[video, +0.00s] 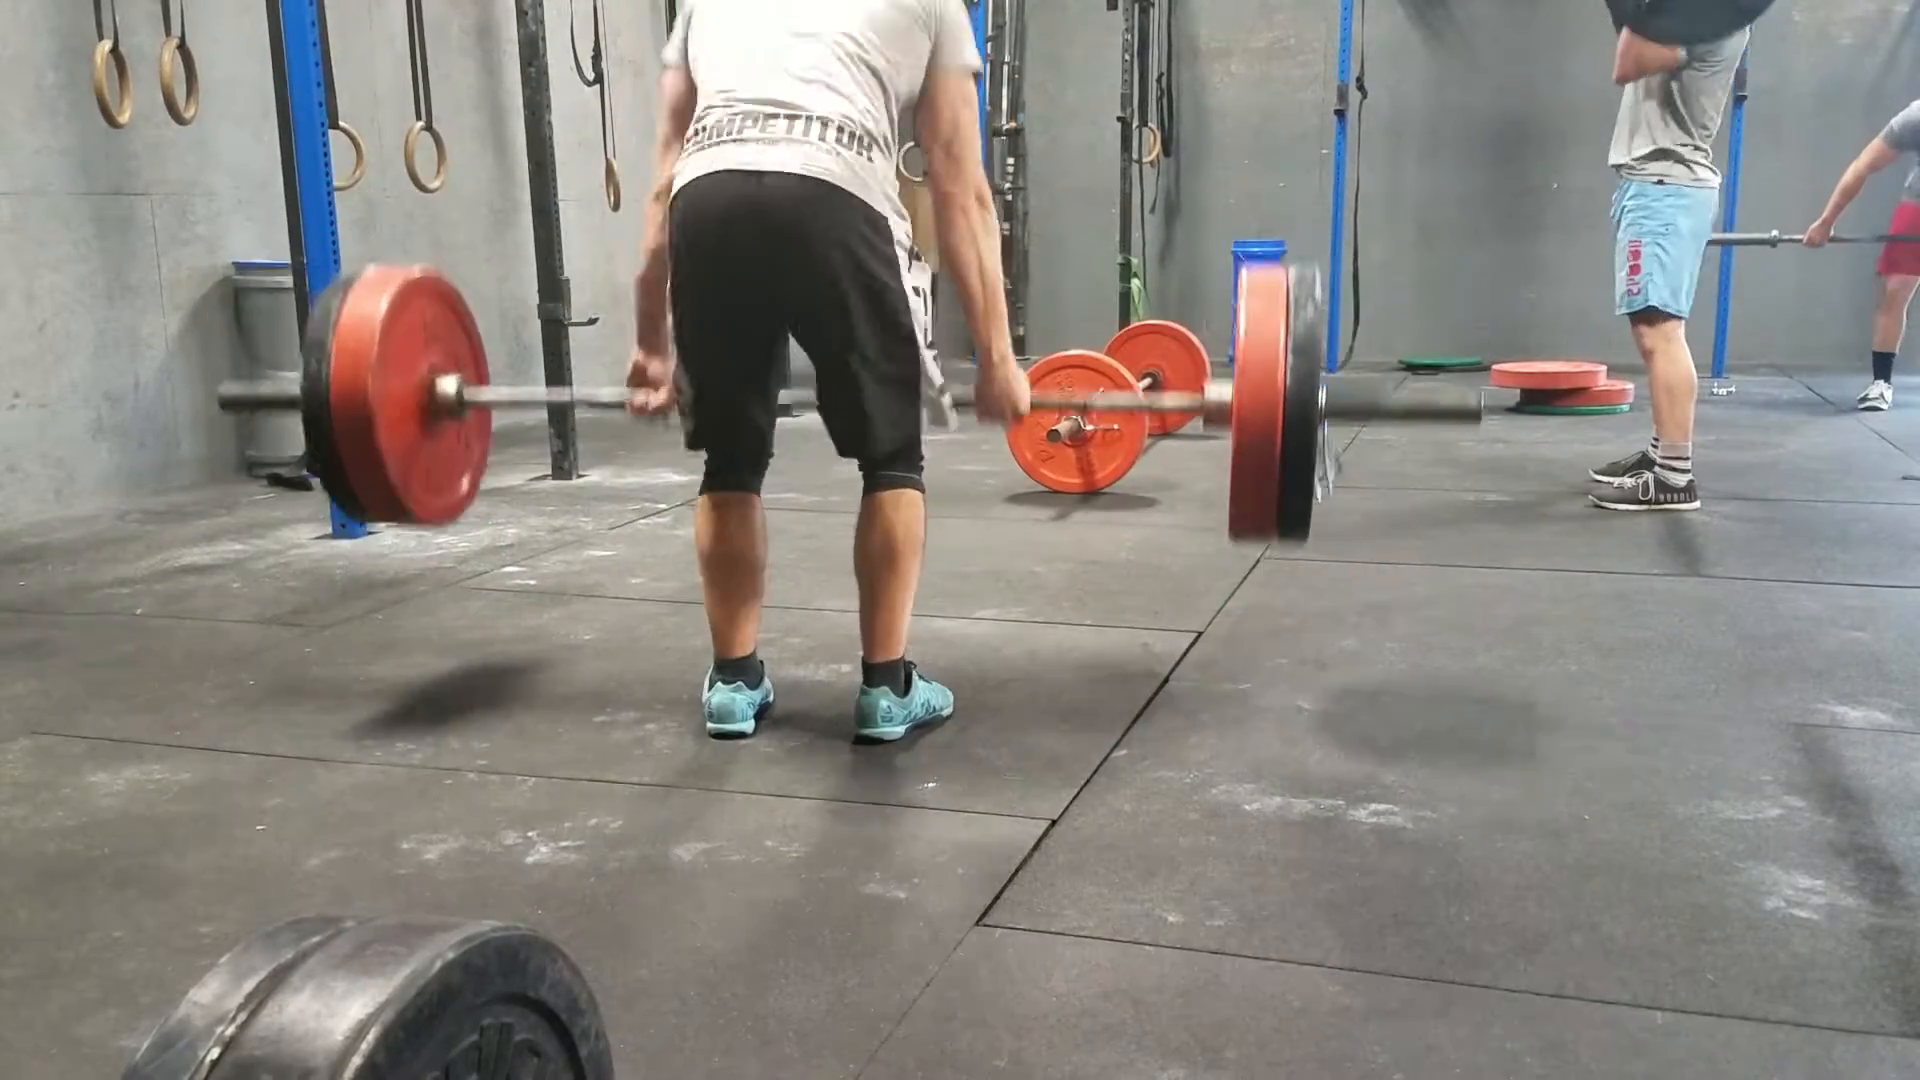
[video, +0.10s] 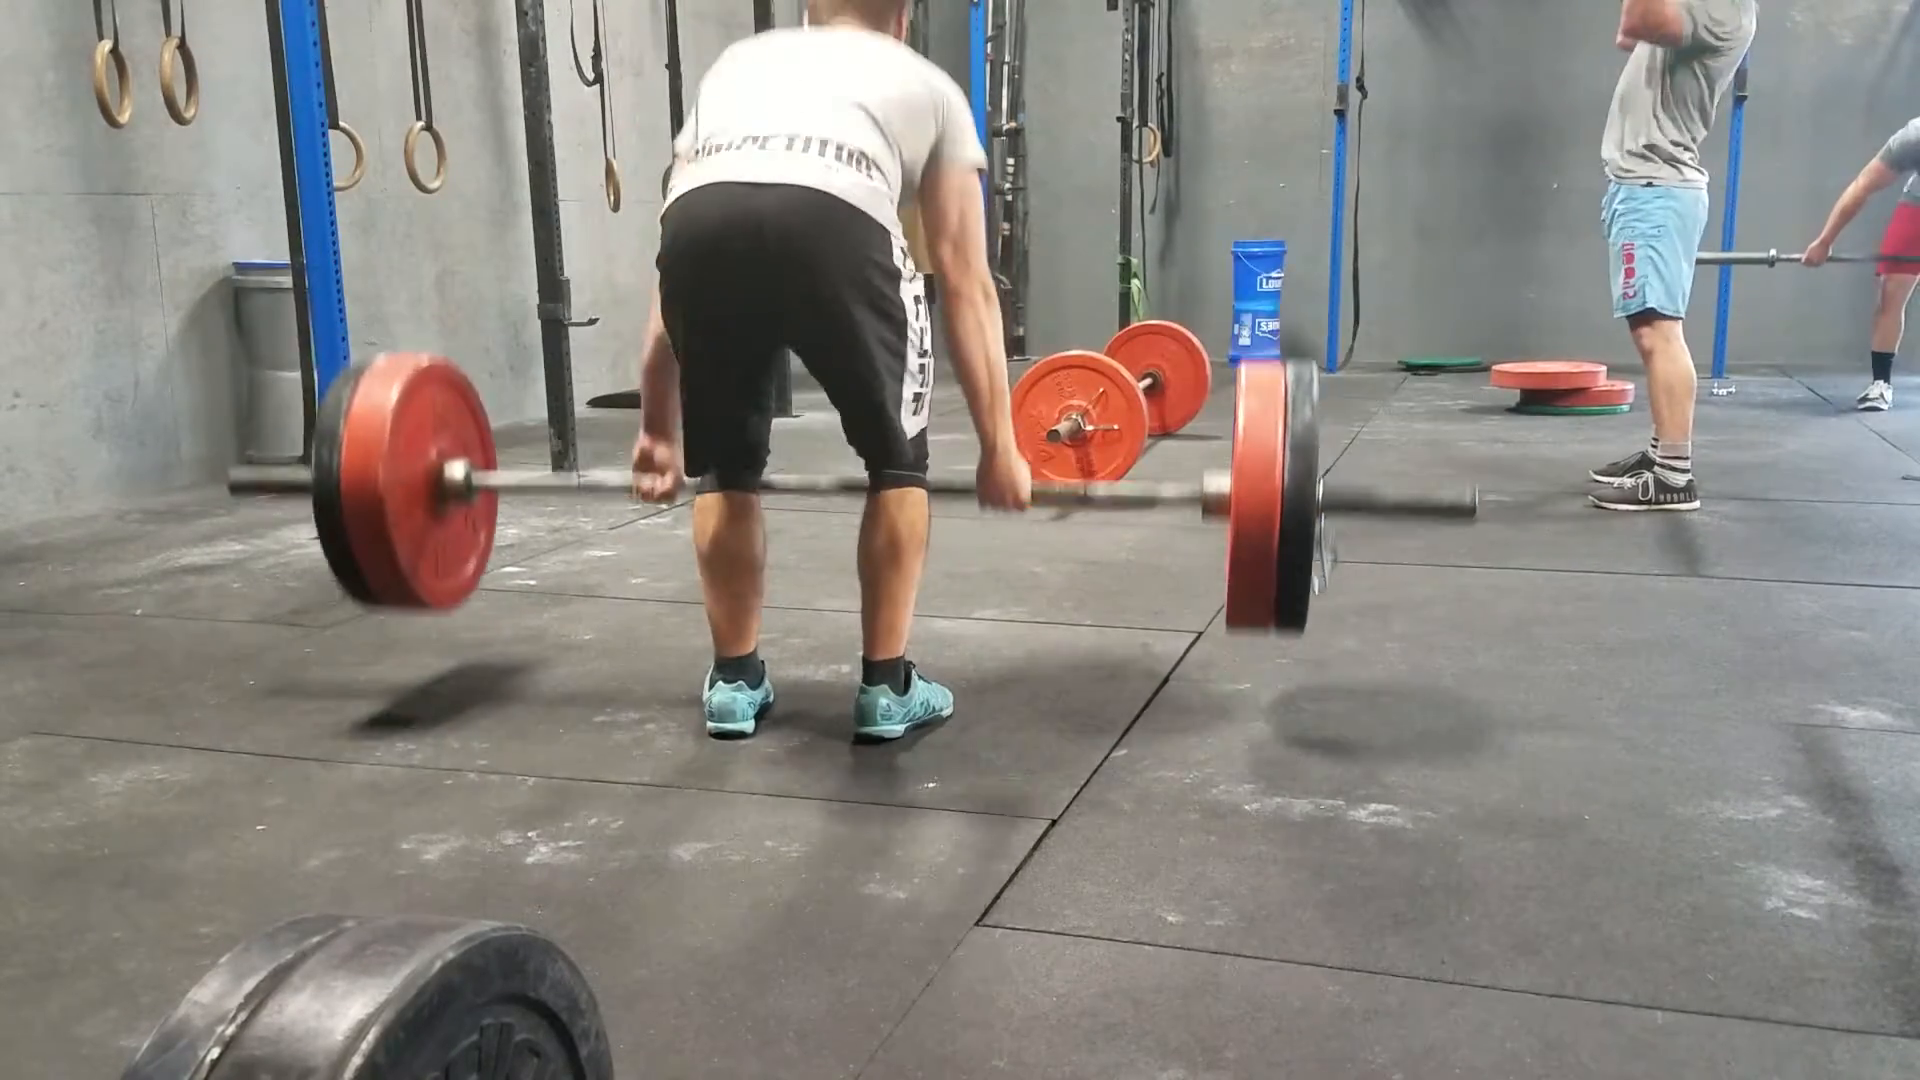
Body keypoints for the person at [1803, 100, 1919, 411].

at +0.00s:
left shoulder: (1913, 116)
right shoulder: (1915, 115)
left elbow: (1864, 165)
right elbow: (1864, 165)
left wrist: (1825, 221)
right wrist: (1825, 221)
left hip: (1913, 205)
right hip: (1915, 204)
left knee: (1898, 290)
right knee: (1897, 288)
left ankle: (1881, 383)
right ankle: (1881, 383)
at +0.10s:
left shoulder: (1912, 136)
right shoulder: (1914, 135)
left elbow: (1863, 186)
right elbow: (1863, 185)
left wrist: (1823, 241)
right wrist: (1824, 241)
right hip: (1915, 204)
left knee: (1895, 289)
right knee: (1893, 288)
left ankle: (1881, 383)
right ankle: (1880, 383)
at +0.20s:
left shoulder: (1912, 153)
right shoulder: (1913, 153)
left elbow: (1862, 203)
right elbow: (1862, 203)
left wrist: (1822, 258)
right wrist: (1822, 258)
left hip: (1912, 211)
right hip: (1913, 209)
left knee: (1891, 289)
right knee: (1889, 287)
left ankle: (1880, 383)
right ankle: (1880, 383)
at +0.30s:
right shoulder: (1911, 166)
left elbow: (1860, 216)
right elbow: (1860, 217)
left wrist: (1822, 273)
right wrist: (1822, 272)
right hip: (1913, 210)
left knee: (1891, 286)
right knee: (1888, 285)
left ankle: (1880, 380)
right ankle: (1880, 381)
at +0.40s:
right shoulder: (1911, 184)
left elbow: (1857, 235)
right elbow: (1857, 235)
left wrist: (1820, 290)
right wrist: (1820, 289)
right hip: (1912, 221)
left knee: (1887, 297)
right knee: (1884, 296)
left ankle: (1878, 383)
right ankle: (1878, 384)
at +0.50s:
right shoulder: (1912, 195)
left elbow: (1858, 245)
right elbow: (1858, 245)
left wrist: (1820, 301)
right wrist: (1820, 301)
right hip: (1913, 230)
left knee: (1888, 290)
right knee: (1885, 289)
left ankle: (1879, 383)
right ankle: (1879, 384)